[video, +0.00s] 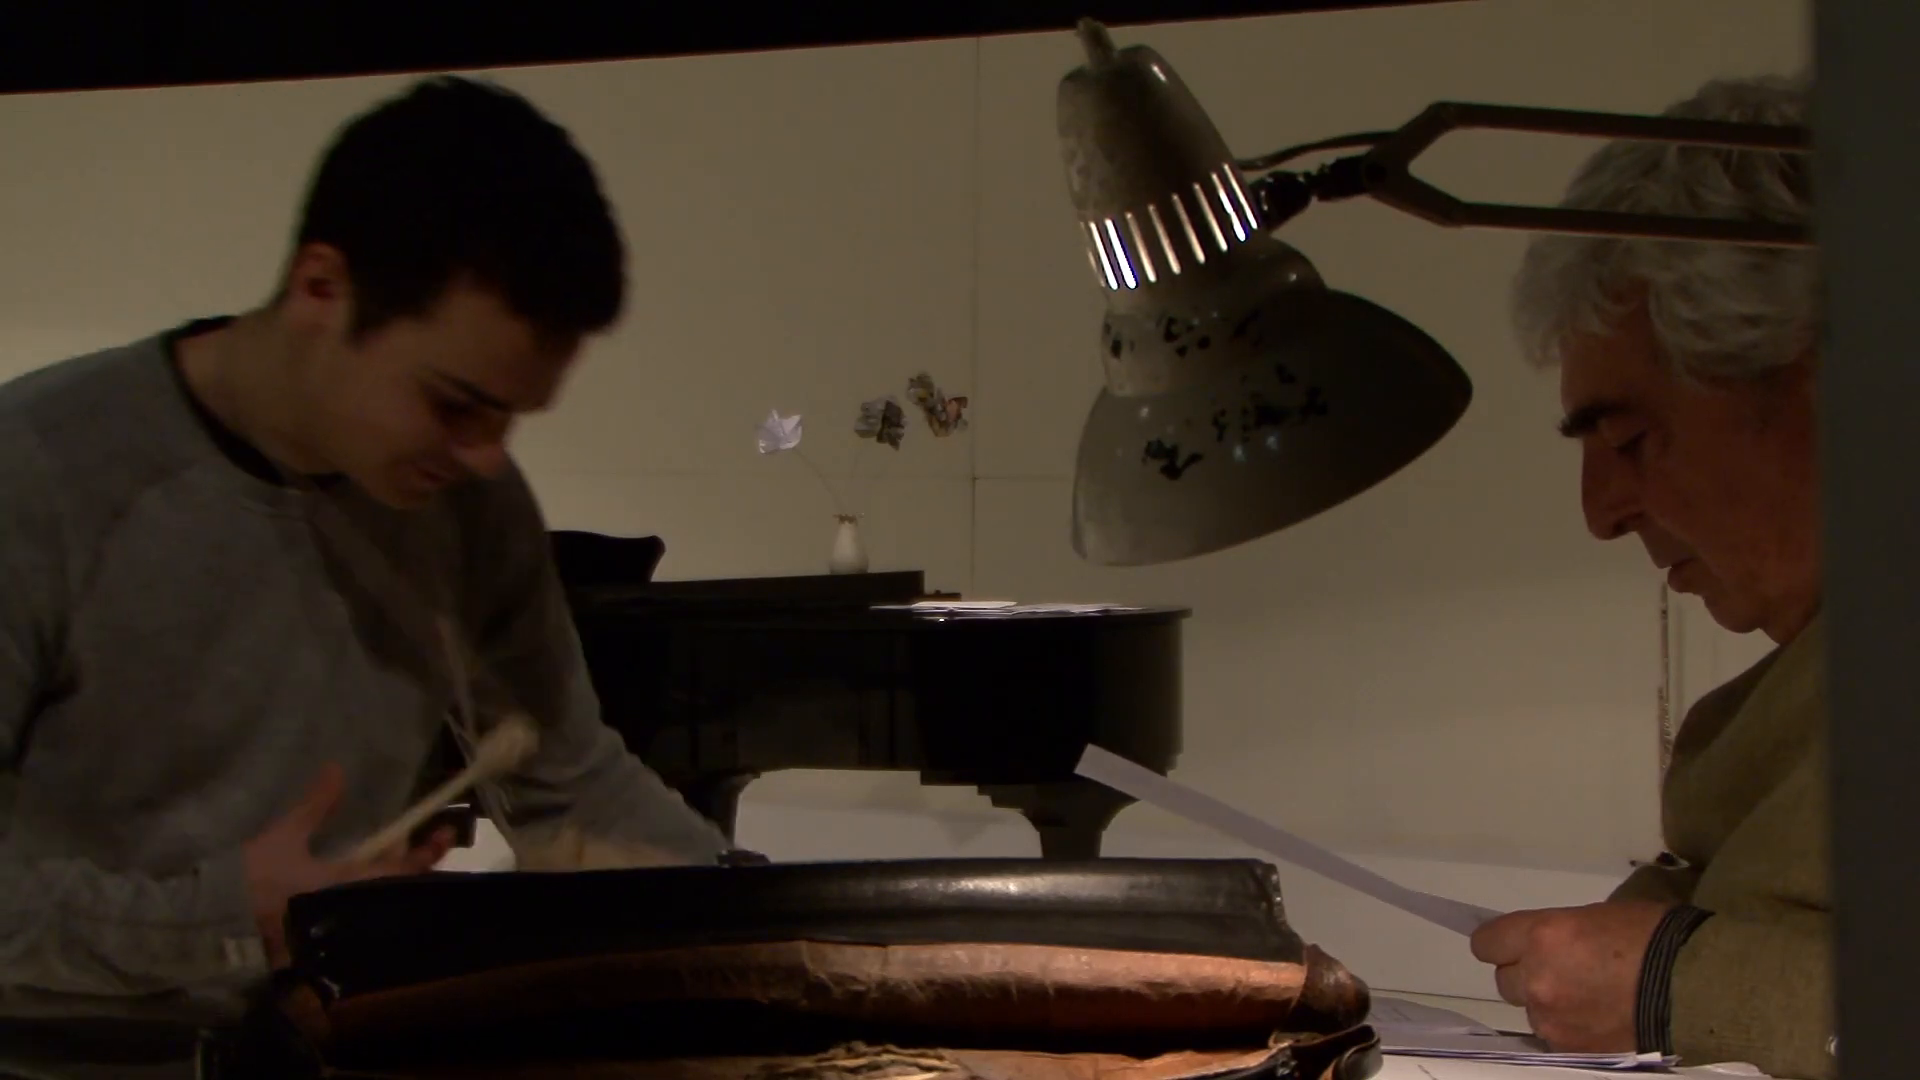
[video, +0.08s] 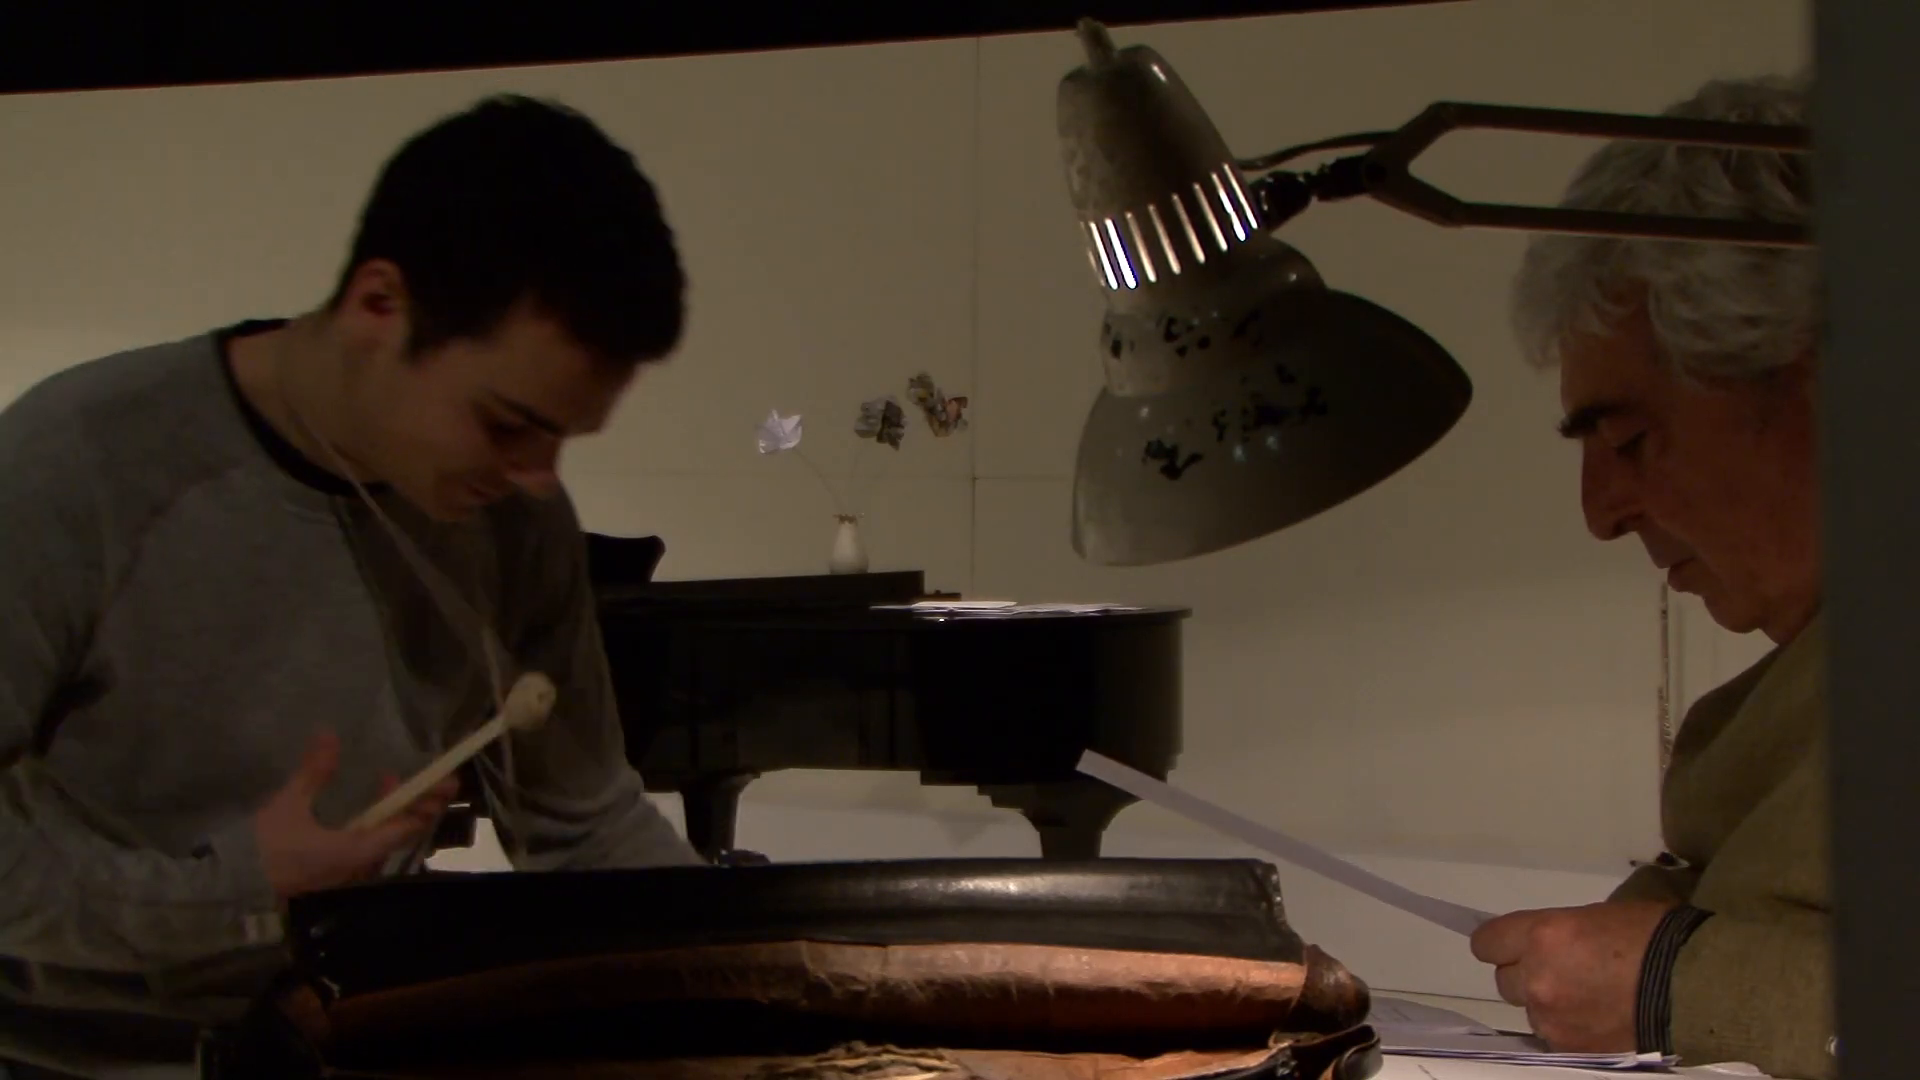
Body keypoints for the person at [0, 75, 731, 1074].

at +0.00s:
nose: (485, 459)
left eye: (513, 417)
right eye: (457, 405)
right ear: (319, 289)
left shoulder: (471, 498)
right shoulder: (33, 475)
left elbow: (570, 776)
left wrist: (753, 913)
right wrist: (221, 914)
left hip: (366, 1051)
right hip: (69, 1059)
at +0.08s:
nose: (540, 478)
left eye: (565, 437)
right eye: (510, 424)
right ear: (376, 307)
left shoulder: (514, 516)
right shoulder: (65, 472)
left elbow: (586, 820)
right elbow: (4, 854)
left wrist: (744, 948)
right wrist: (227, 888)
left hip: (364, 1050)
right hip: (72, 1055)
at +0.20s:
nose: (584, 489)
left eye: (615, 448)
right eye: (561, 433)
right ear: (431, 311)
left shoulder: (549, 519)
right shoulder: (96, 465)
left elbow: (580, 846)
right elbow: (3, 814)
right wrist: (238, 833)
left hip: (359, 1043)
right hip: (73, 1048)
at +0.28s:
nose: (589, 491)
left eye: (622, 453)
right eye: (569, 433)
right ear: (442, 309)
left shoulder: (559, 530)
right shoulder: (101, 452)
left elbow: (572, 850)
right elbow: (1, 803)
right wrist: (239, 790)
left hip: (363, 1045)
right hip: (74, 1044)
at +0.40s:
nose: (573, 490)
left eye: (602, 451)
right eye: (552, 432)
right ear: (426, 304)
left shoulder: (541, 520)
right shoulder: (84, 444)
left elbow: (563, 865)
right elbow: (8, 844)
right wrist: (248, 727)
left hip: (363, 1043)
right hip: (79, 1042)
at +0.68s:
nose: (460, 450)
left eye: (491, 410)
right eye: (435, 395)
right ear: (301, 262)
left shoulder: (437, 458)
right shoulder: (25, 432)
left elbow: (485, 806)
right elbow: (11, 849)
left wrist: (549, 995)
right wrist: (214, 647)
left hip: (369, 1019)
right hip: (91, 1044)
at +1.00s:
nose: (318, 600)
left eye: (351, 580)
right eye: (274, 576)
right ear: (137, 460)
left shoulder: (383, 522)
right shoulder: (39, 526)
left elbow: (456, 776)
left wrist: (521, 979)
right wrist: (113, 244)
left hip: (307, 1025)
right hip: (70, 1041)